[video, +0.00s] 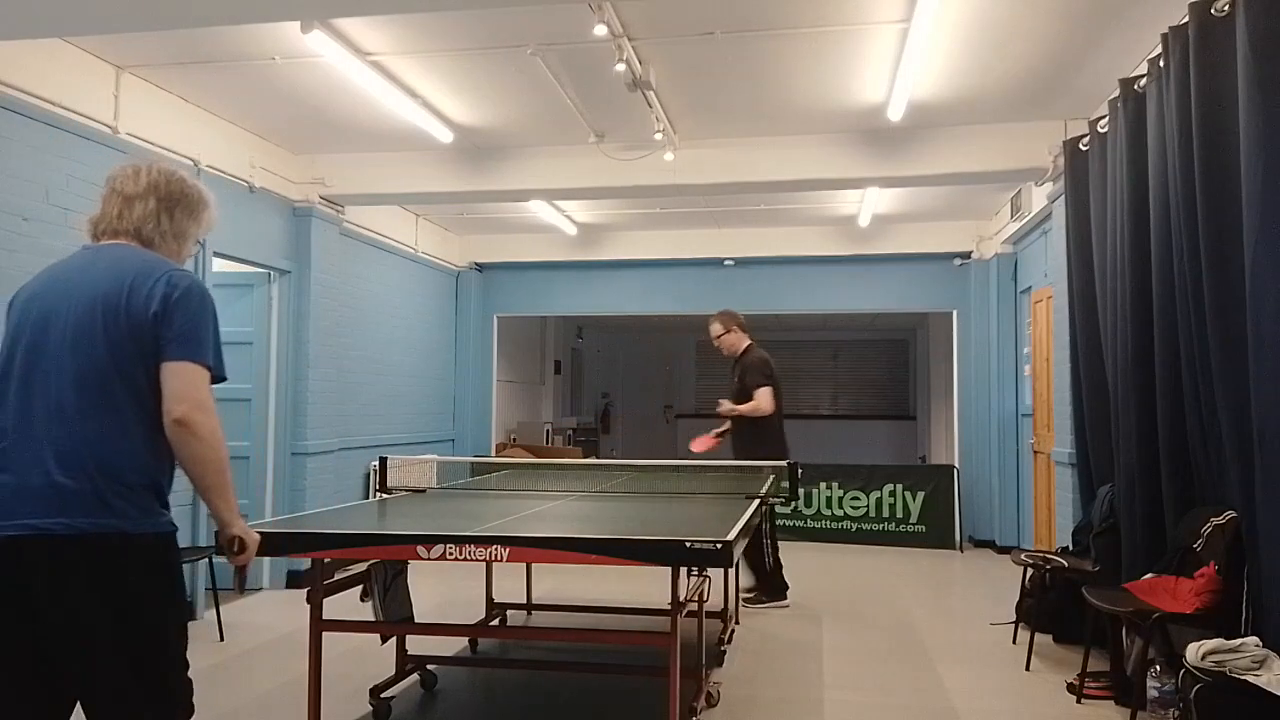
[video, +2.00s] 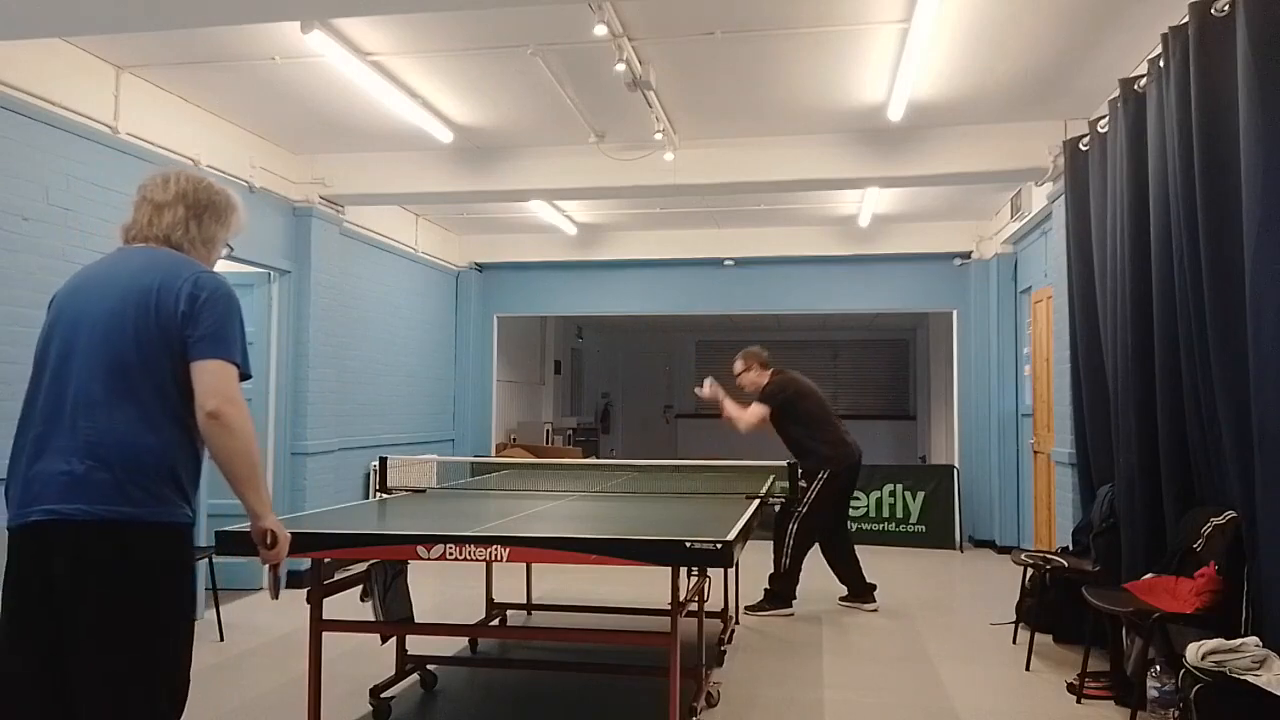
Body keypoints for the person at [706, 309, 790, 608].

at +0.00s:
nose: (716, 345)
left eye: (718, 338)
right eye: (714, 340)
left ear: (734, 331)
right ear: (731, 334)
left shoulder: (755, 361)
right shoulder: (743, 362)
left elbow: (766, 406)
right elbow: (746, 408)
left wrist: (733, 409)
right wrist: (725, 429)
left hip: (764, 459)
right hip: (752, 458)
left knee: (759, 523)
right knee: (752, 522)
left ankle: (774, 588)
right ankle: (765, 582)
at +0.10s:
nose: (727, 345)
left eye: (729, 338)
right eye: (724, 340)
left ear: (747, 331)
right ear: (736, 337)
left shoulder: (766, 359)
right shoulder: (752, 363)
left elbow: (784, 402)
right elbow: (761, 407)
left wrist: (750, 407)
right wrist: (738, 429)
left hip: (777, 459)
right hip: (764, 458)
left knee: (762, 524)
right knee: (773, 520)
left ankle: (773, 590)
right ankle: (810, 574)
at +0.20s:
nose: (736, 345)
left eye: (739, 338)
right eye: (733, 342)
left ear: (757, 332)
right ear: (734, 344)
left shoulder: (777, 361)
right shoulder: (762, 365)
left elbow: (798, 402)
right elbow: (774, 408)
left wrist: (759, 413)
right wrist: (752, 430)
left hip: (791, 460)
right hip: (779, 459)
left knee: (767, 525)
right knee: (805, 520)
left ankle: (774, 589)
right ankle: (844, 578)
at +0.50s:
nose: (759, 361)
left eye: (761, 354)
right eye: (756, 357)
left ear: (777, 345)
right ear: (775, 349)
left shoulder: (803, 368)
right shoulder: (792, 373)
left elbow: (826, 412)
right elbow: (806, 416)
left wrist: (792, 433)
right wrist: (784, 434)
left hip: (825, 460)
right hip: (821, 459)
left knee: (792, 519)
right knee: (833, 526)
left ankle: (781, 590)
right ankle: (862, 590)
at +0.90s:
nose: (746, 389)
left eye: (743, 382)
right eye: (742, 385)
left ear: (755, 369)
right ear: (757, 369)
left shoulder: (784, 382)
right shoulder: (788, 377)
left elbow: (790, 436)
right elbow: (795, 426)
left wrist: (754, 447)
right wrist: (765, 438)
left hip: (830, 461)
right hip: (844, 457)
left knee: (802, 528)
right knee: (838, 527)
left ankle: (781, 598)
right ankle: (862, 592)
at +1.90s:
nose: (729, 402)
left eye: (728, 395)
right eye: (726, 398)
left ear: (741, 385)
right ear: (745, 384)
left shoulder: (770, 396)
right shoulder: (777, 390)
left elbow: (752, 446)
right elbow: (763, 441)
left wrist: (720, 437)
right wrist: (734, 438)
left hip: (827, 463)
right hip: (842, 458)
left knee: (789, 521)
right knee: (832, 529)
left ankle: (779, 597)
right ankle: (861, 591)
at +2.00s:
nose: (738, 382)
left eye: (740, 375)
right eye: (736, 377)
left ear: (756, 369)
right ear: (758, 369)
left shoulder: (778, 386)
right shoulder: (786, 381)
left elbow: (745, 422)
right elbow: (753, 421)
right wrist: (734, 411)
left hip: (830, 464)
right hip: (843, 459)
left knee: (791, 522)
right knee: (832, 529)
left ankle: (780, 597)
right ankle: (861, 591)